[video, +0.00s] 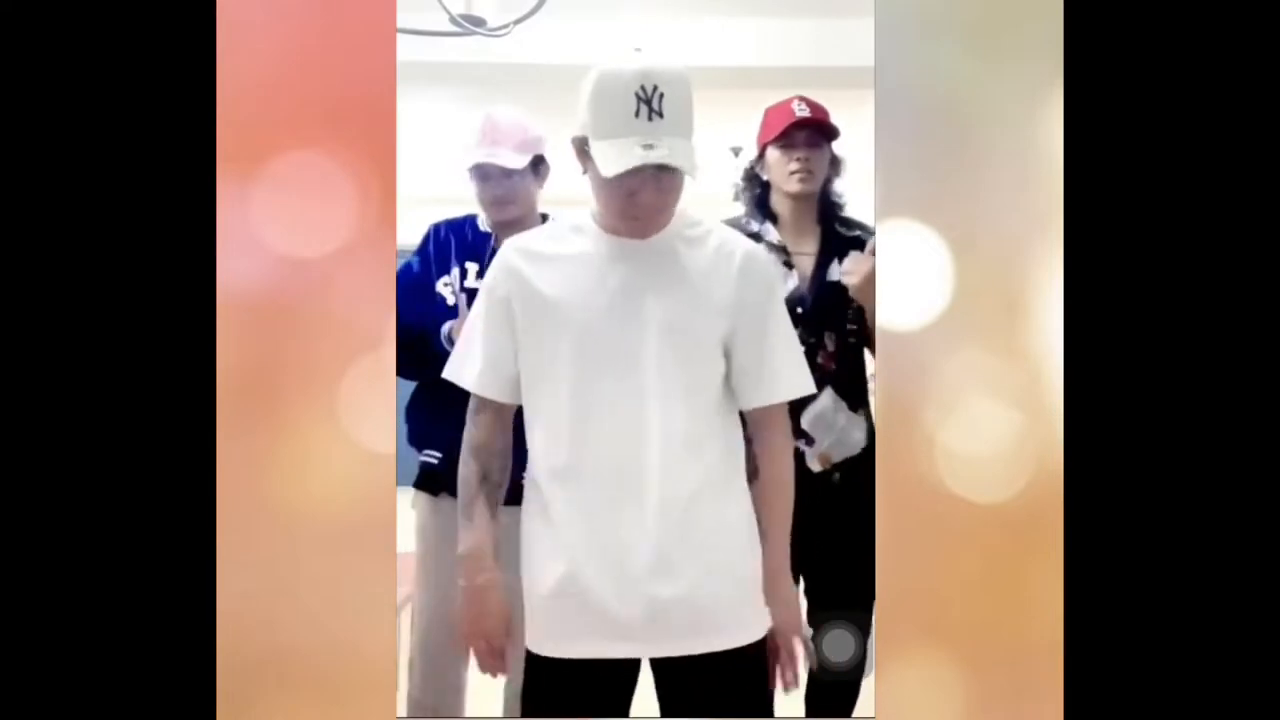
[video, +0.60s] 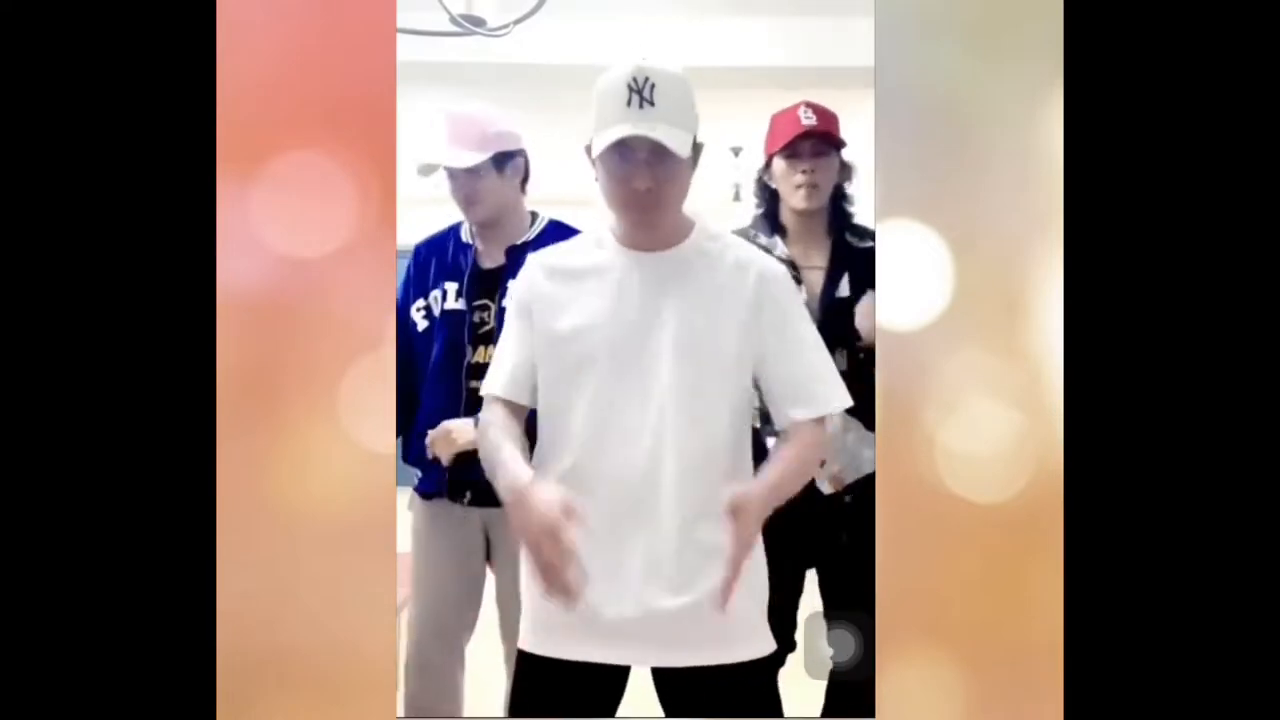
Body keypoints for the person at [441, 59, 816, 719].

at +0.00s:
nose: (645, 192)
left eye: (664, 170)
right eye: (625, 170)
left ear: (689, 159)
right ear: (583, 155)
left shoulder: (741, 269)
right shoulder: (524, 268)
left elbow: (772, 440)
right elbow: (487, 433)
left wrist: (781, 590)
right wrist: (479, 573)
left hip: (714, 604)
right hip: (573, 607)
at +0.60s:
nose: (642, 172)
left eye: (661, 153)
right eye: (623, 152)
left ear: (693, 161)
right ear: (592, 160)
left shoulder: (753, 280)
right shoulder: (545, 279)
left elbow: (811, 425)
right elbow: (498, 413)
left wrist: (763, 494)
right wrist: (520, 491)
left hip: (713, 610)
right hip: (573, 607)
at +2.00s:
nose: (647, 157)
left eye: (667, 137)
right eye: (628, 137)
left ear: (697, 150)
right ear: (602, 151)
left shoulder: (755, 248)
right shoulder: (572, 255)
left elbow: (791, 383)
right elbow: (527, 384)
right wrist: (551, 358)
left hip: (714, 568)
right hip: (583, 563)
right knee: (549, 717)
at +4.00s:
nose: (662, 148)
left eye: (682, 128)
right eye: (644, 125)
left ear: (704, 142)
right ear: (609, 135)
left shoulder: (745, 249)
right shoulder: (565, 239)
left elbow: (791, 345)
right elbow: (513, 330)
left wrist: (802, 214)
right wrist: (550, 216)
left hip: (730, 574)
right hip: (598, 573)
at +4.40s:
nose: (646, 169)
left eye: (665, 147)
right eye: (626, 149)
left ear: (700, 157)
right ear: (602, 161)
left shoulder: (748, 282)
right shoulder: (552, 255)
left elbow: (778, 423)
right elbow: (468, 357)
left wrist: (722, 438)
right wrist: (528, 397)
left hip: (702, 602)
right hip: (562, 599)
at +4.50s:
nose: (646, 163)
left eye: (666, 141)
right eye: (625, 143)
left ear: (702, 151)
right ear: (603, 156)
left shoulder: (757, 278)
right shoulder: (556, 258)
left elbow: (790, 413)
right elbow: (468, 357)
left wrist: (737, 396)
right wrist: (517, 358)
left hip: (700, 600)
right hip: (559, 594)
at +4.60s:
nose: (646, 155)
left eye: (667, 133)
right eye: (625, 135)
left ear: (703, 144)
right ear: (604, 149)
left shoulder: (755, 263)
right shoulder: (566, 259)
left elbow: (788, 397)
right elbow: (491, 356)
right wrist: (501, 294)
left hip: (702, 596)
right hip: (562, 592)